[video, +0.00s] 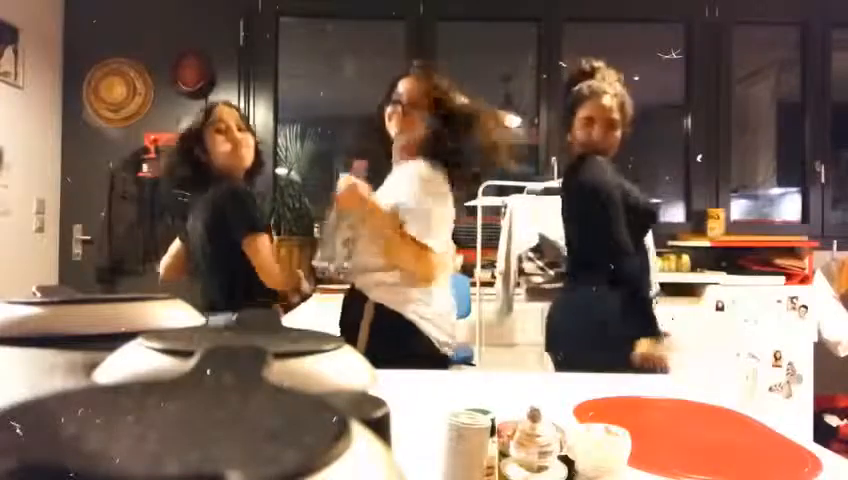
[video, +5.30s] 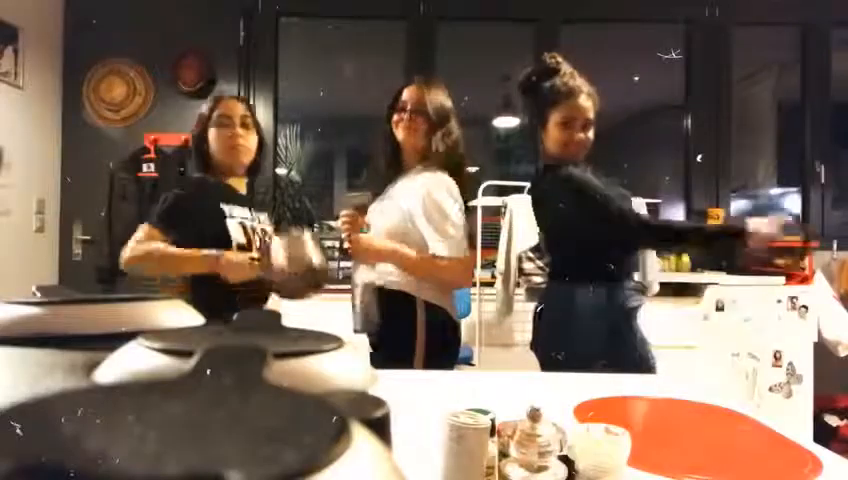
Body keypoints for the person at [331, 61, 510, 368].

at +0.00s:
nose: (394, 110)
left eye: (408, 105)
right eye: (393, 102)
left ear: (434, 119)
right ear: (386, 108)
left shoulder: (421, 177)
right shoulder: (403, 175)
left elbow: (426, 266)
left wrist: (367, 210)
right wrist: (363, 205)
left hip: (399, 322)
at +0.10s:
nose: (406, 108)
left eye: (420, 102)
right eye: (399, 98)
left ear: (441, 114)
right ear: (390, 106)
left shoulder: (428, 169)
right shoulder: (403, 170)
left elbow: (430, 263)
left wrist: (369, 199)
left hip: (399, 318)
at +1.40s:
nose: (365, 121)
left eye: (378, 115)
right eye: (361, 113)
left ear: (404, 124)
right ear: (355, 117)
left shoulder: (395, 173)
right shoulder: (410, 175)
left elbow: (409, 256)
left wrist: (363, 191)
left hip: (389, 316)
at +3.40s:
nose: (396, 124)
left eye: (409, 118)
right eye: (392, 116)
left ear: (431, 129)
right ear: (385, 122)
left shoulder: (426, 170)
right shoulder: (412, 172)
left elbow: (439, 250)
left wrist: (372, 224)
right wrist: (370, 228)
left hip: (424, 311)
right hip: (410, 308)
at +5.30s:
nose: (404, 118)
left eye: (416, 112)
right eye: (399, 109)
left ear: (438, 123)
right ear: (392, 117)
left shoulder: (436, 184)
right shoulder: (405, 182)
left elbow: (461, 272)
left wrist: (386, 252)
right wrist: (362, 231)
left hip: (419, 316)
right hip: (392, 310)